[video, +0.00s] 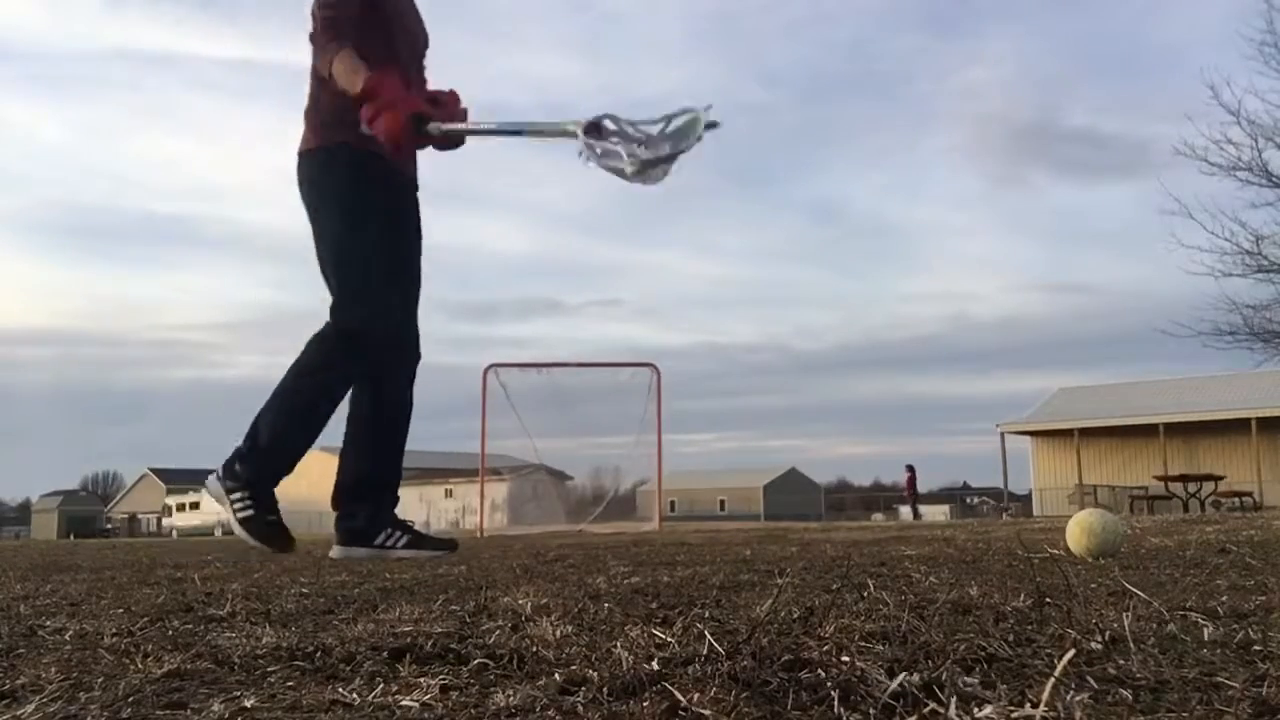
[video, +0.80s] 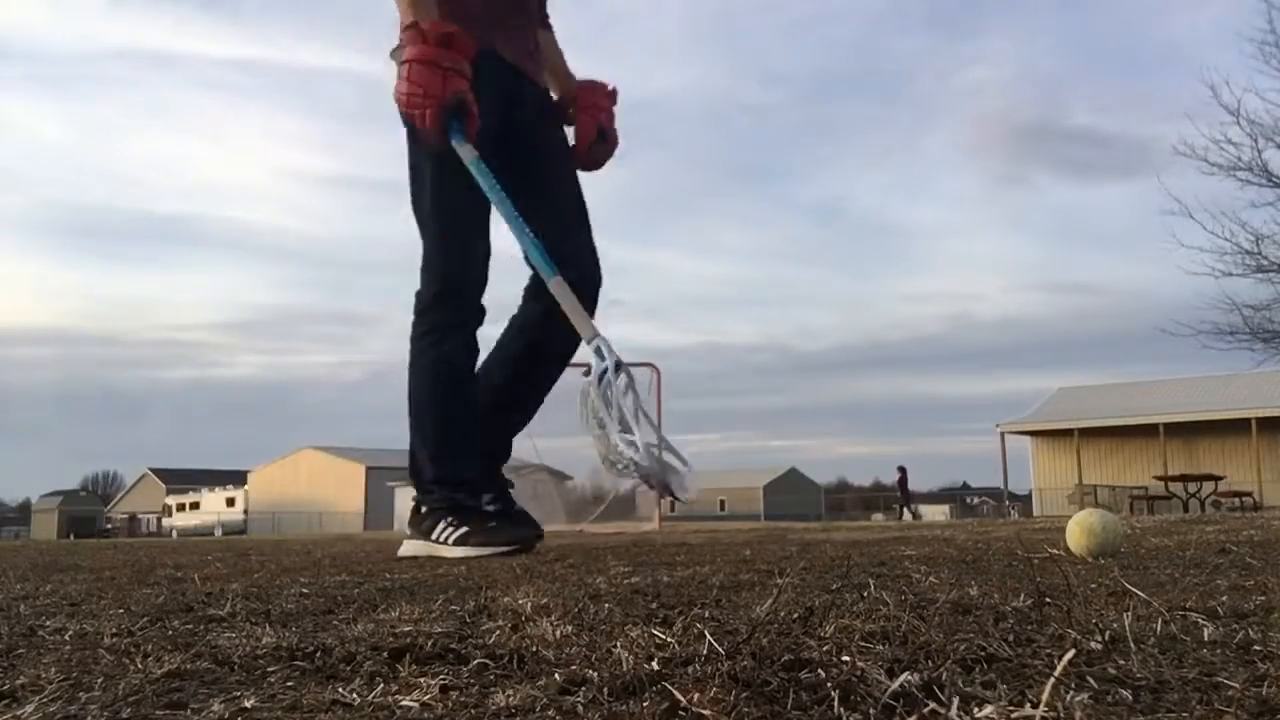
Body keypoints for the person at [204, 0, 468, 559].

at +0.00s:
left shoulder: (406, 19)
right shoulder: (345, 2)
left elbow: (401, 90)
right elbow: (330, 46)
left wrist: (433, 117)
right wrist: (379, 94)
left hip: (389, 170)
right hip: (342, 158)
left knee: (396, 346)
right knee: (361, 325)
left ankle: (366, 522)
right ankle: (245, 476)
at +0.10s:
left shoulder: (429, 14)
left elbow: (420, 99)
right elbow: (324, 13)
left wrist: (452, 123)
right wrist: (343, 72)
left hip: (408, 163)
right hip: (356, 148)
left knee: (402, 341)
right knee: (375, 322)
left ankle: (366, 519)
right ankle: (288, 490)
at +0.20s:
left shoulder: (444, 12)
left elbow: (443, 65)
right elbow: (319, 7)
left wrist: (469, 146)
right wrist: (323, 69)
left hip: (421, 148)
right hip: (372, 129)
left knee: (408, 332)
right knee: (383, 316)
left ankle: (375, 511)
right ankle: (342, 504)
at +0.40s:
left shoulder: (481, 13)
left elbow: (485, 90)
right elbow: (316, 8)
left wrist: (511, 188)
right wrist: (321, 88)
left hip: (448, 148)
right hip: (396, 129)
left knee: (414, 320)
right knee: (417, 315)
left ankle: (363, 511)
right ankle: (434, 497)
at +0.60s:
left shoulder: (509, 10)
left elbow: (514, 59)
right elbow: (346, 4)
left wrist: (534, 158)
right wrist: (341, 87)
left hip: (482, 115)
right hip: (426, 92)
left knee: (474, 313)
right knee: (458, 304)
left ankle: (388, 482)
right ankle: (445, 508)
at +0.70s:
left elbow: (524, 40)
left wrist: (554, 133)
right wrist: (379, 63)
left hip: (502, 95)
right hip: (437, 75)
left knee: (527, 305)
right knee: (457, 290)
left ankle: (416, 456)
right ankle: (441, 508)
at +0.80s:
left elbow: (529, 18)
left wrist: (572, 93)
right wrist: (422, 37)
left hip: (524, 78)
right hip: (449, 53)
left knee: (570, 282)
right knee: (453, 287)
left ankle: (471, 474)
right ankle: (440, 502)